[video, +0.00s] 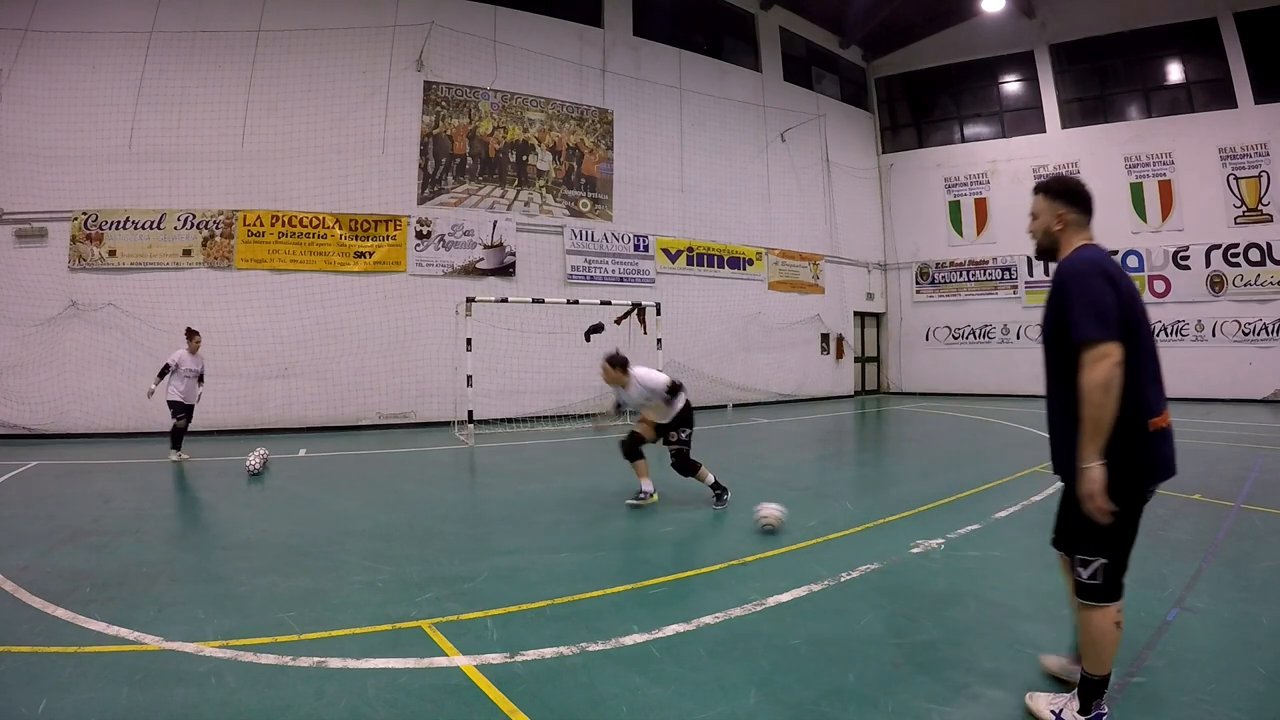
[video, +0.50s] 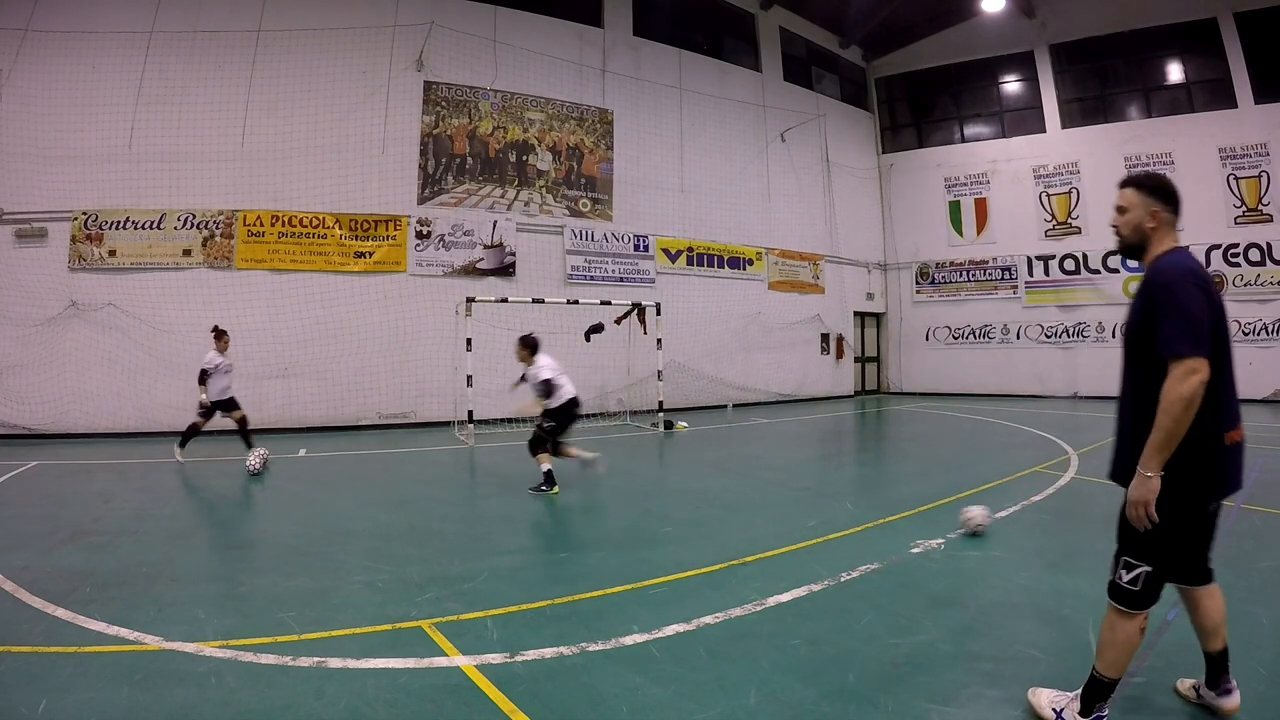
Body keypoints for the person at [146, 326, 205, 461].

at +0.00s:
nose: (199, 345)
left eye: (200, 342)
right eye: (196, 342)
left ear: (199, 343)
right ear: (189, 342)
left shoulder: (199, 359)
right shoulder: (179, 355)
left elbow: (201, 376)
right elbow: (165, 369)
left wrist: (200, 388)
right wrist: (153, 385)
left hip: (190, 397)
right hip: (175, 395)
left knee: (185, 424)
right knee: (181, 421)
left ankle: (178, 450)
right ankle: (173, 450)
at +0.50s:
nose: (227, 345)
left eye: (228, 342)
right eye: (225, 342)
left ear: (227, 342)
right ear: (217, 342)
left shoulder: (225, 356)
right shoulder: (212, 357)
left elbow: (221, 379)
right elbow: (202, 378)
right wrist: (203, 398)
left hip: (227, 398)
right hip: (212, 400)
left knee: (241, 419)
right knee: (198, 425)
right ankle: (180, 446)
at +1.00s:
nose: (253, 348)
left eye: (254, 345)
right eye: (251, 345)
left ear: (245, 345)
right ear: (242, 345)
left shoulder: (247, 358)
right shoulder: (234, 360)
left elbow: (245, 372)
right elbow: (225, 380)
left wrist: (253, 376)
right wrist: (224, 401)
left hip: (249, 394)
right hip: (238, 397)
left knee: (262, 420)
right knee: (258, 420)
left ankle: (258, 453)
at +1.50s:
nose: (258, 373)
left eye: (259, 371)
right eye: (257, 370)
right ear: (249, 365)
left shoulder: (247, 377)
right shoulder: (234, 374)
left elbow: (240, 391)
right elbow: (222, 391)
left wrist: (240, 409)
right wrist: (221, 411)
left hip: (226, 398)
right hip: (211, 396)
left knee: (227, 424)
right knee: (216, 424)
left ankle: (224, 451)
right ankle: (218, 455)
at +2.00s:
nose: (247, 410)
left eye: (248, 408)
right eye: (246, 407)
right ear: (239, 402)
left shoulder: (237, 400)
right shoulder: (228, 404)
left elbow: (240, 418)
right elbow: (231, 430)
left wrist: (247, 435)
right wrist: (247, 447)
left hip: (211, 403)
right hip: (199, 404)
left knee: (226, 427)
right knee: (220, 427)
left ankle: (223, 455)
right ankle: (219, 457)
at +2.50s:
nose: (248, 395)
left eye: (249, 393)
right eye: (247, 392)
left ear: (239, 387)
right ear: (240, 388)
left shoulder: (232, 387)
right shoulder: (229, 394)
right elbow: (235, 422)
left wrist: (244, 437)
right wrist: (247, 440)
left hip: (205, 398)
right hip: (195, 399)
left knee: (221, 423)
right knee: (215, 425)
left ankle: (222, 455)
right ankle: (218, 457)